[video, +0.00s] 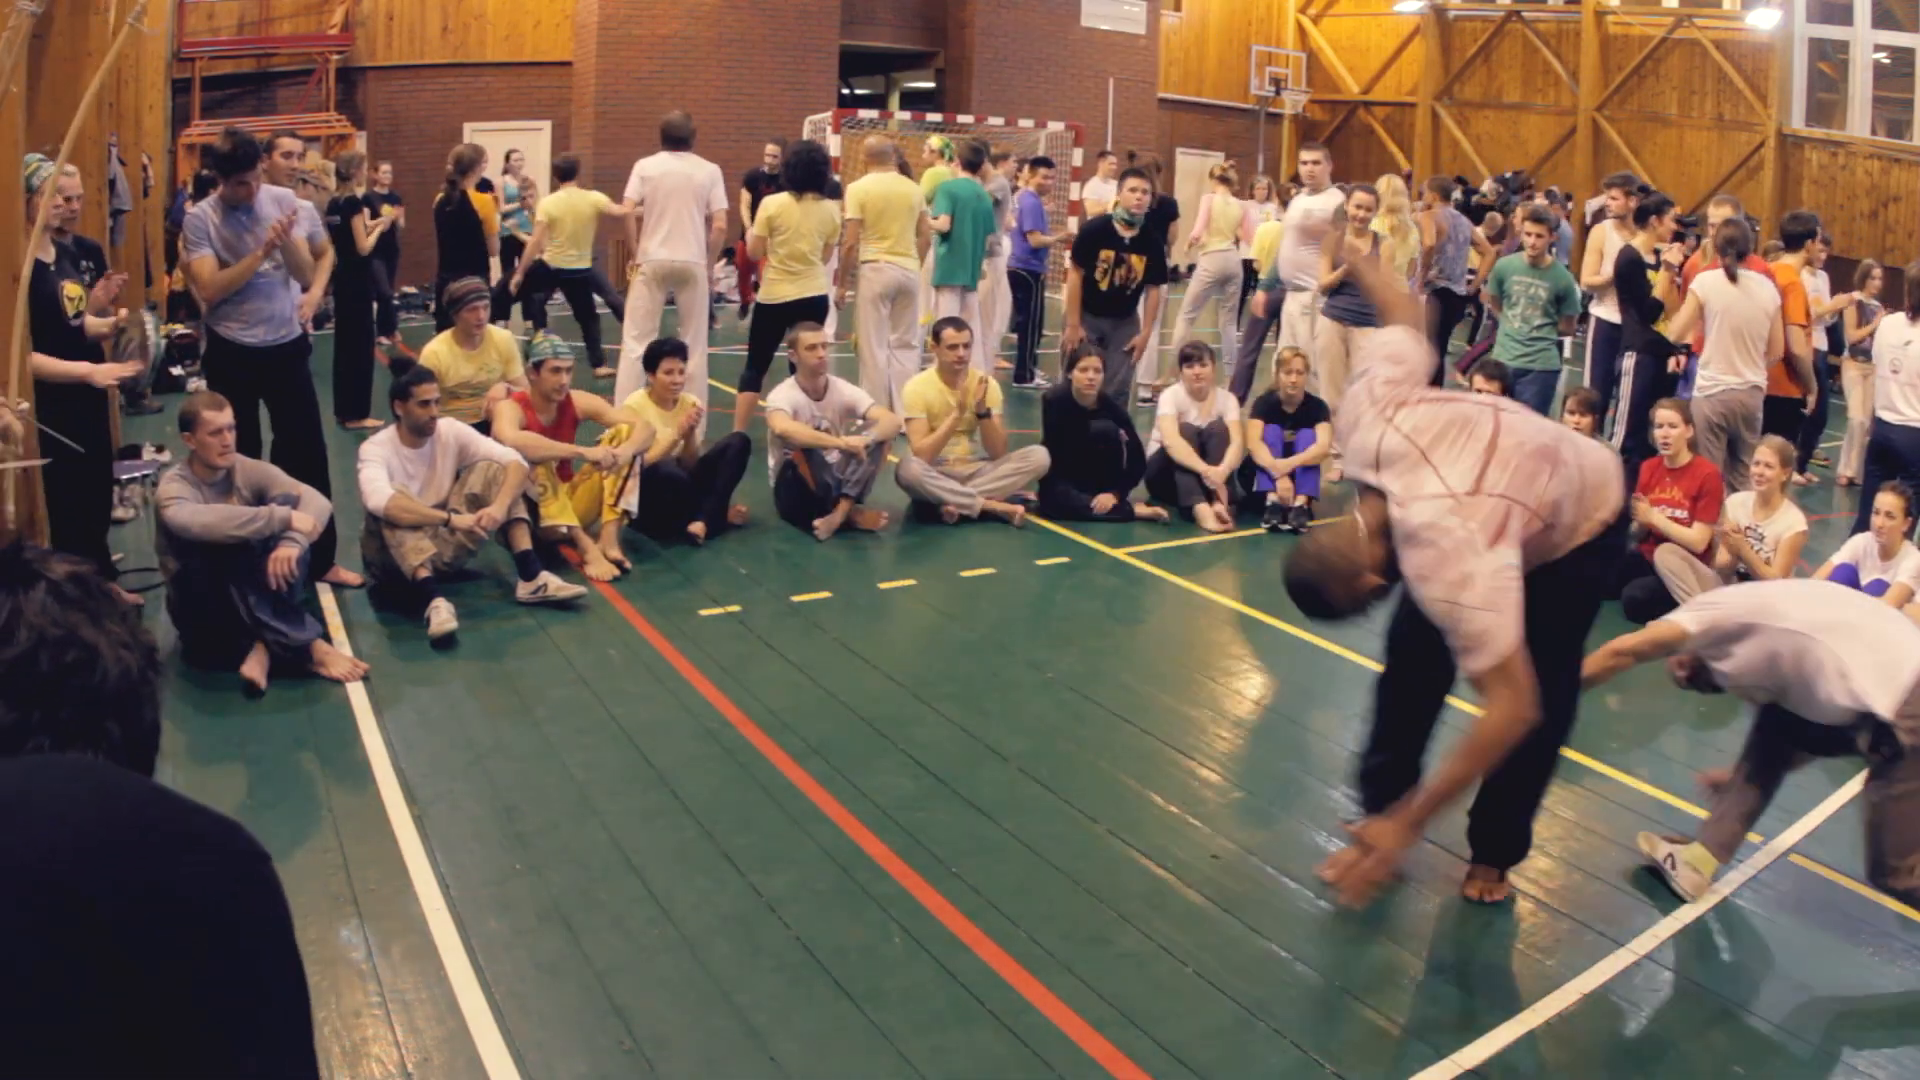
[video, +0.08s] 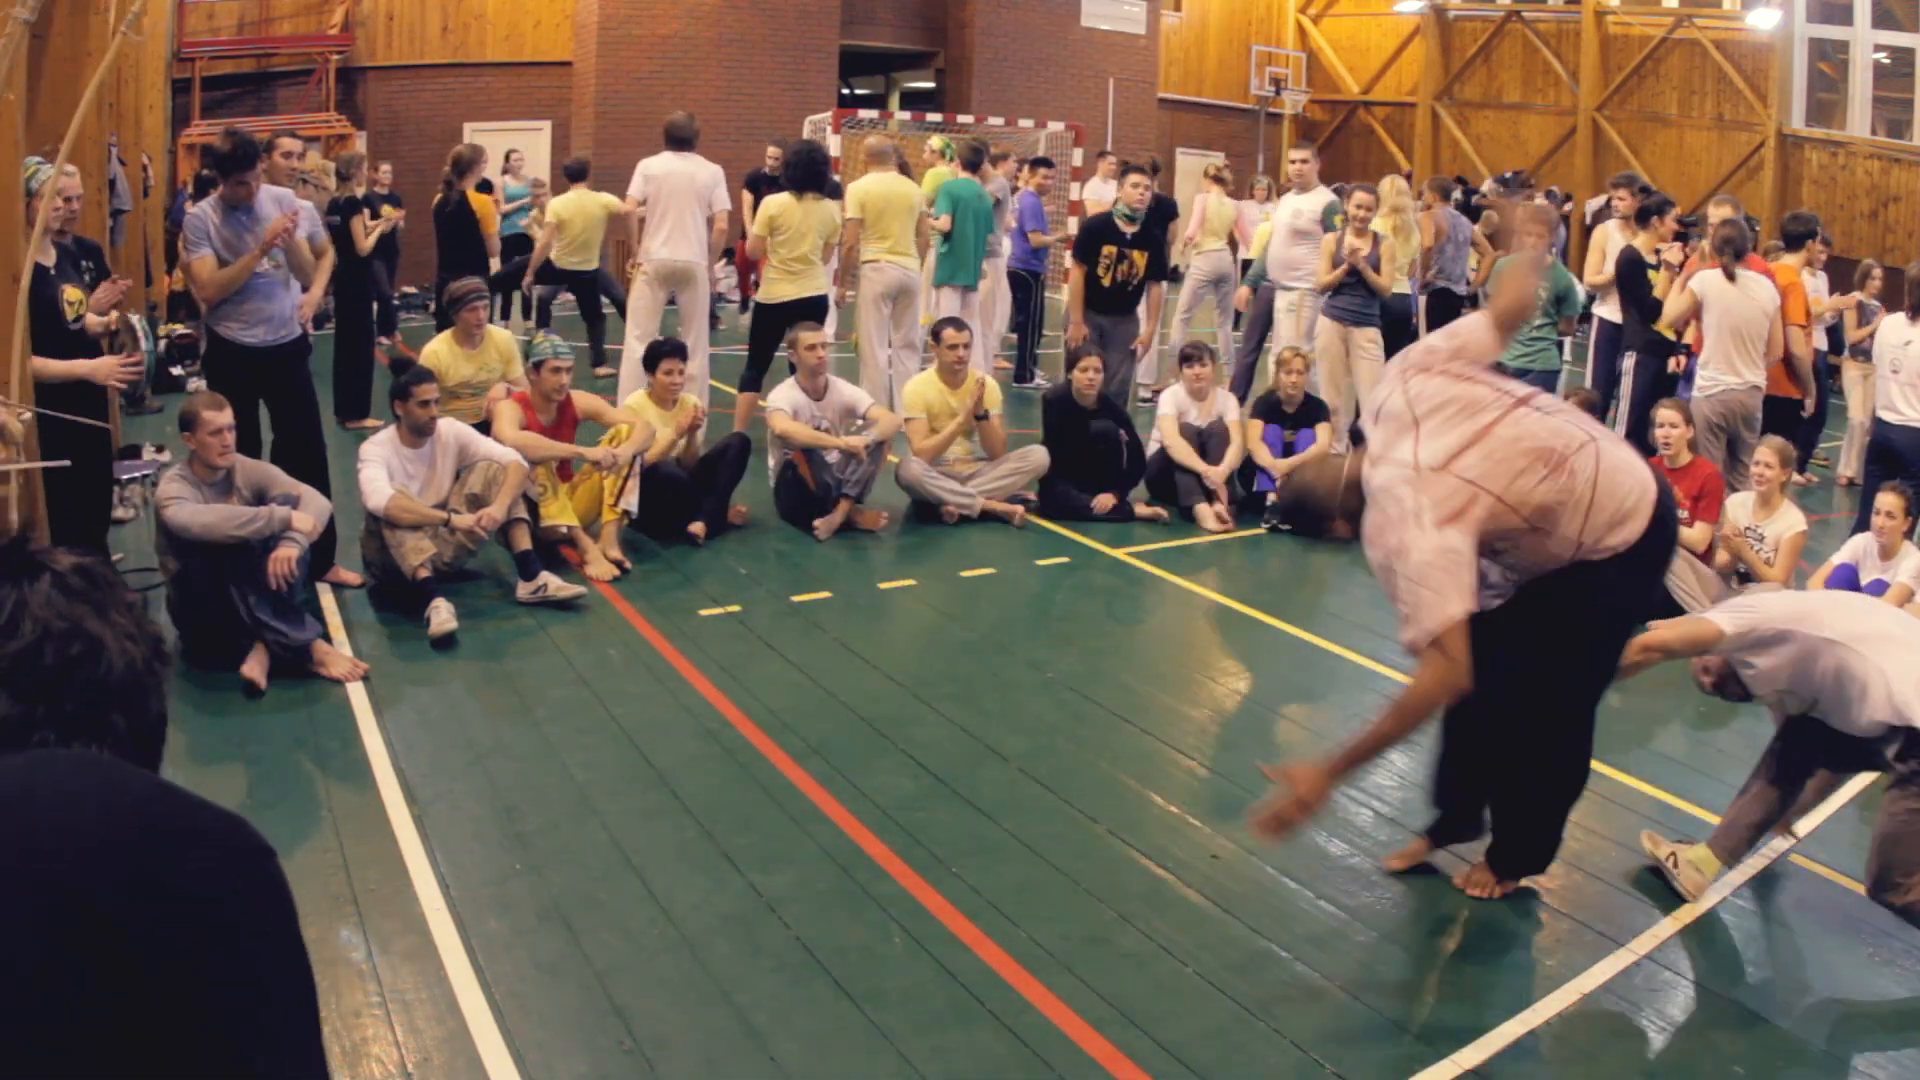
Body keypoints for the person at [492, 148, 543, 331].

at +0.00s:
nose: (519, 163)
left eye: (521, 159)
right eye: (515, 160)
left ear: (524, 162)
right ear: (508, 163)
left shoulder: (529, 182)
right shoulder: (502, 182)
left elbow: (535, 204)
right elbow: (501, 208)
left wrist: (529, 202)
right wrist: (520, 204)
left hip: (528, 230)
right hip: (508, 231)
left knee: (528, 274)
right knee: (508, 275)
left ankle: (530, 318)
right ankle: (504, 317)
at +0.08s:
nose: (519, 163)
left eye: (521, 160)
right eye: (515, 160)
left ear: (524, 162)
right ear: (507, 163)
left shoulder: (530, 182)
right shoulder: (502, 182)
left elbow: (540, 201)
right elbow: (502, 208)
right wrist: (525, 201)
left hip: (529, 230)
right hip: (509, 231)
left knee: (528, 275)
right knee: (507, 276)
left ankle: (528, 319)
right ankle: (505, 319)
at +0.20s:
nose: (518, 163)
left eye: (520, 160)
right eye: (514, 160)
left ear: (523, 162)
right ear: (506, 163)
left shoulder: (529, 182)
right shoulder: (501, 183)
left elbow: (533, 207)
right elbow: (498, 208)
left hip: (526, 233)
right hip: (508, 233)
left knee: (526, 280)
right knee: (507, 281)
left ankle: (528, 318)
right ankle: (505, 319)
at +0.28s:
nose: (518, 163)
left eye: (520, 160)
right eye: (514, 160)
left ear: (523, 162)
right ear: (506, 163)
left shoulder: (529, 182)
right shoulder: (501, 183)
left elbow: (533, 206)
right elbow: (497, 207)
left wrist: (538, 212)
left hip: (526, 231)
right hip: (508, 231)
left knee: (526, 278)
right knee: (507, 279)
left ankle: (528, 318)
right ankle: (505, 318)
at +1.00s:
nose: (520, 163)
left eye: (521, 159)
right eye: (516, 160)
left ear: (523, 161)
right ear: (507, 162)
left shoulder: (528, 182)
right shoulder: (499, 183)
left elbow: (530, 204)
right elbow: (499, 209)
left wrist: (537, 211)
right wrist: (523, 202)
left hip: (526, 231)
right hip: (508, 232)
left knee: (526, 278)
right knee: (508, 278)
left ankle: (526, 313)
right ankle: (506, 312)